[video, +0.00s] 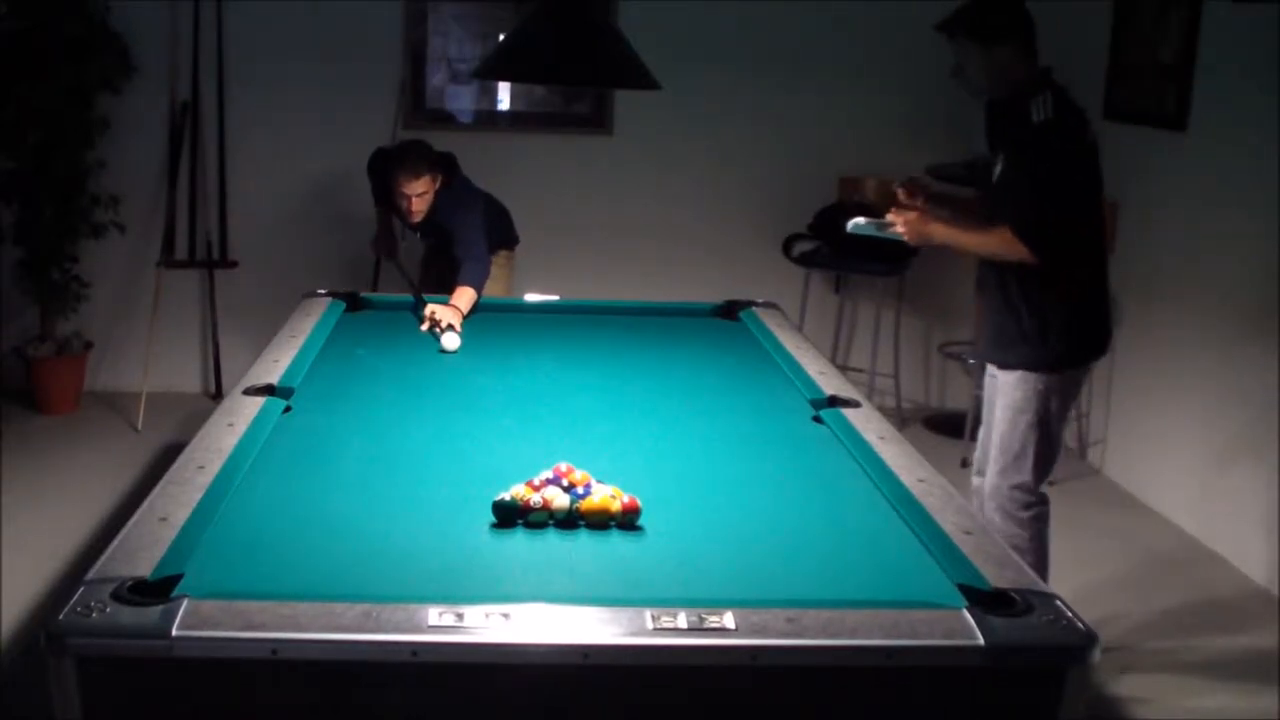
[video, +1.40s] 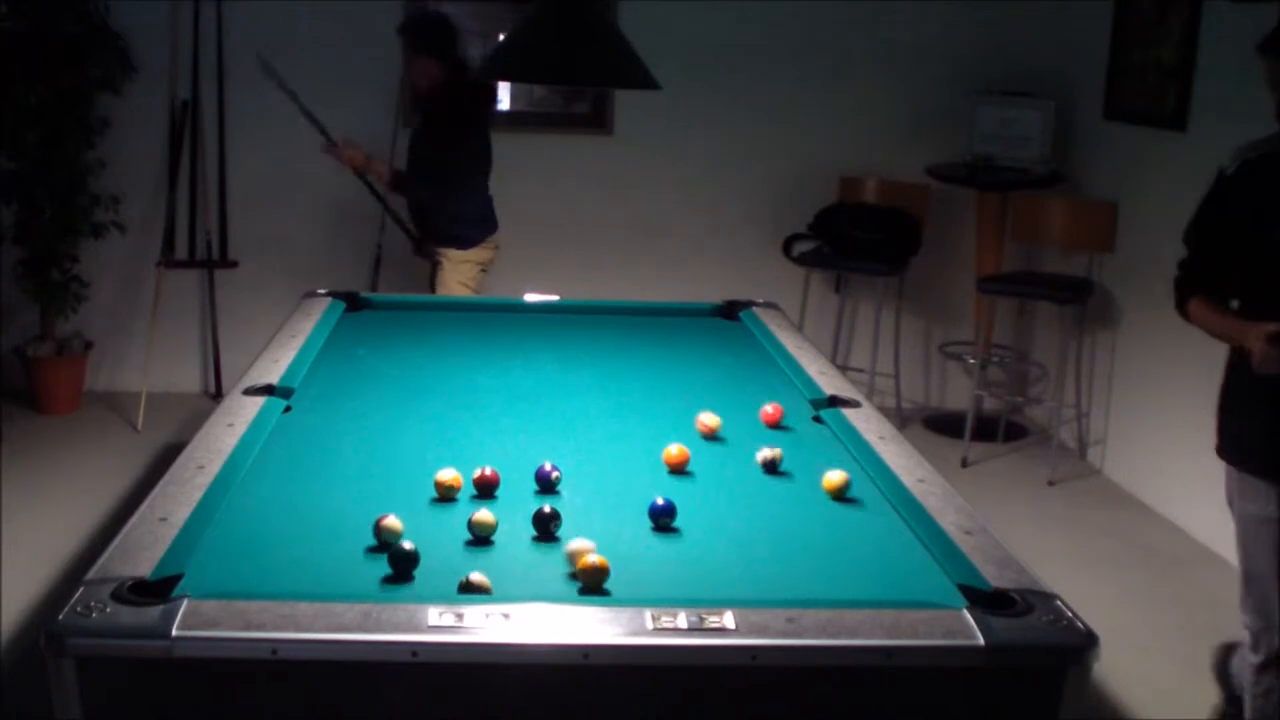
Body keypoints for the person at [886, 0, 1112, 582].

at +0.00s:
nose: (960, 72)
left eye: (967, 57)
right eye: (959, 57)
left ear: (1001, 52)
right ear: (1010, 53)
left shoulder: (1049, 119)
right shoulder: (1019, 113)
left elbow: (1034, 241)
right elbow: (1009, 213)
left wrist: (939, 233)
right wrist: (941, 200)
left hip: (1043, 342)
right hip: (1013, 334)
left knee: (1012, 492)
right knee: (988, 481)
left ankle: (1024, 629)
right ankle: (997, 617)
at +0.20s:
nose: (985, 69)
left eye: (993, 54)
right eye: (983, 55)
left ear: (1026, 49)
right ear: (1017, 51)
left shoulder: (1077, 118)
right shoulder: (1024, 113)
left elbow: (1069, 242)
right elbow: (1030, 215)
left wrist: (968, 237)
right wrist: (973, 204)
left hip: (1070, 346)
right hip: (1019, 338)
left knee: (1068, 502)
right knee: (1009, 487)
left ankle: (1097, 644)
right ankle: (1003, 627)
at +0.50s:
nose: (1069, 69)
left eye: (1082, 55)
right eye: (1068, 55)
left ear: (1122, 57)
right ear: (1077, 56)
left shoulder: (1179, 144)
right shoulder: (1075, 126)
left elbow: (1174, 261)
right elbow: (1068, 219)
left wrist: (1059, 252)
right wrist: (1019, 224)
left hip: (1138, 375)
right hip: (1061, 358)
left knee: (1158, 525)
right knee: (1035, 496)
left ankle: (1185, 674)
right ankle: (1011, 630)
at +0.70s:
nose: (1121, 75)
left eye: (1137, 60)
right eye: (1125, 60)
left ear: (1186, 64)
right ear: (1150, 70)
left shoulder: (1258, 156)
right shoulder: (1129, 146)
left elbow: (1263, 282)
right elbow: (1099, 241)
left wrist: (1149, 277)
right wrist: (1081, 251)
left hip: (1213, 391)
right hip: (1122, 375)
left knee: (1199, 547)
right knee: (1060, 505)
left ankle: (1191, 678)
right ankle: (1018, 634)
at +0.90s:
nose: (1228, 90)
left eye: (1242, 78)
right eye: (1220, 74)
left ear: (1266, 80)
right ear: (1205, 72)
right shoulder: (1174, 138)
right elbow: (1138, 248)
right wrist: (1154, 256)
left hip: (1262, 380)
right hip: (1167, 363)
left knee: (1232, 553)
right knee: (1111, 523)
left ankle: (1195, 681)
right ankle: (1094, 663)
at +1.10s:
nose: (1259, 77)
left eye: (1265, 64)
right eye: (1254, 62)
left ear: (1274, 70)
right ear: (1241, 62)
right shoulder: (1205, 142)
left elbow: (1149, 237)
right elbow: (1148, 236)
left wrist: (1182, 284)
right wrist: (1183, 287)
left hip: (1268, 382)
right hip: (1210, 374)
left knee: (1252, 563)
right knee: (1205, 561)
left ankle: (1209, 684)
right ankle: (1197, 698)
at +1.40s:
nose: (1273, 95)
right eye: (1273, 82)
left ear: (1270, 85)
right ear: (1269, 82)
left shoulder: (1254, 175)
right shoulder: (1252, 174)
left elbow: (1192, 292)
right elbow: (1191, 291)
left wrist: (1242, 331)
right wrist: (1245, 332)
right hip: (1262, 437)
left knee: (1267, 614)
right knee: (1265, 619)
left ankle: (1247, 679)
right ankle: (1256, 699)